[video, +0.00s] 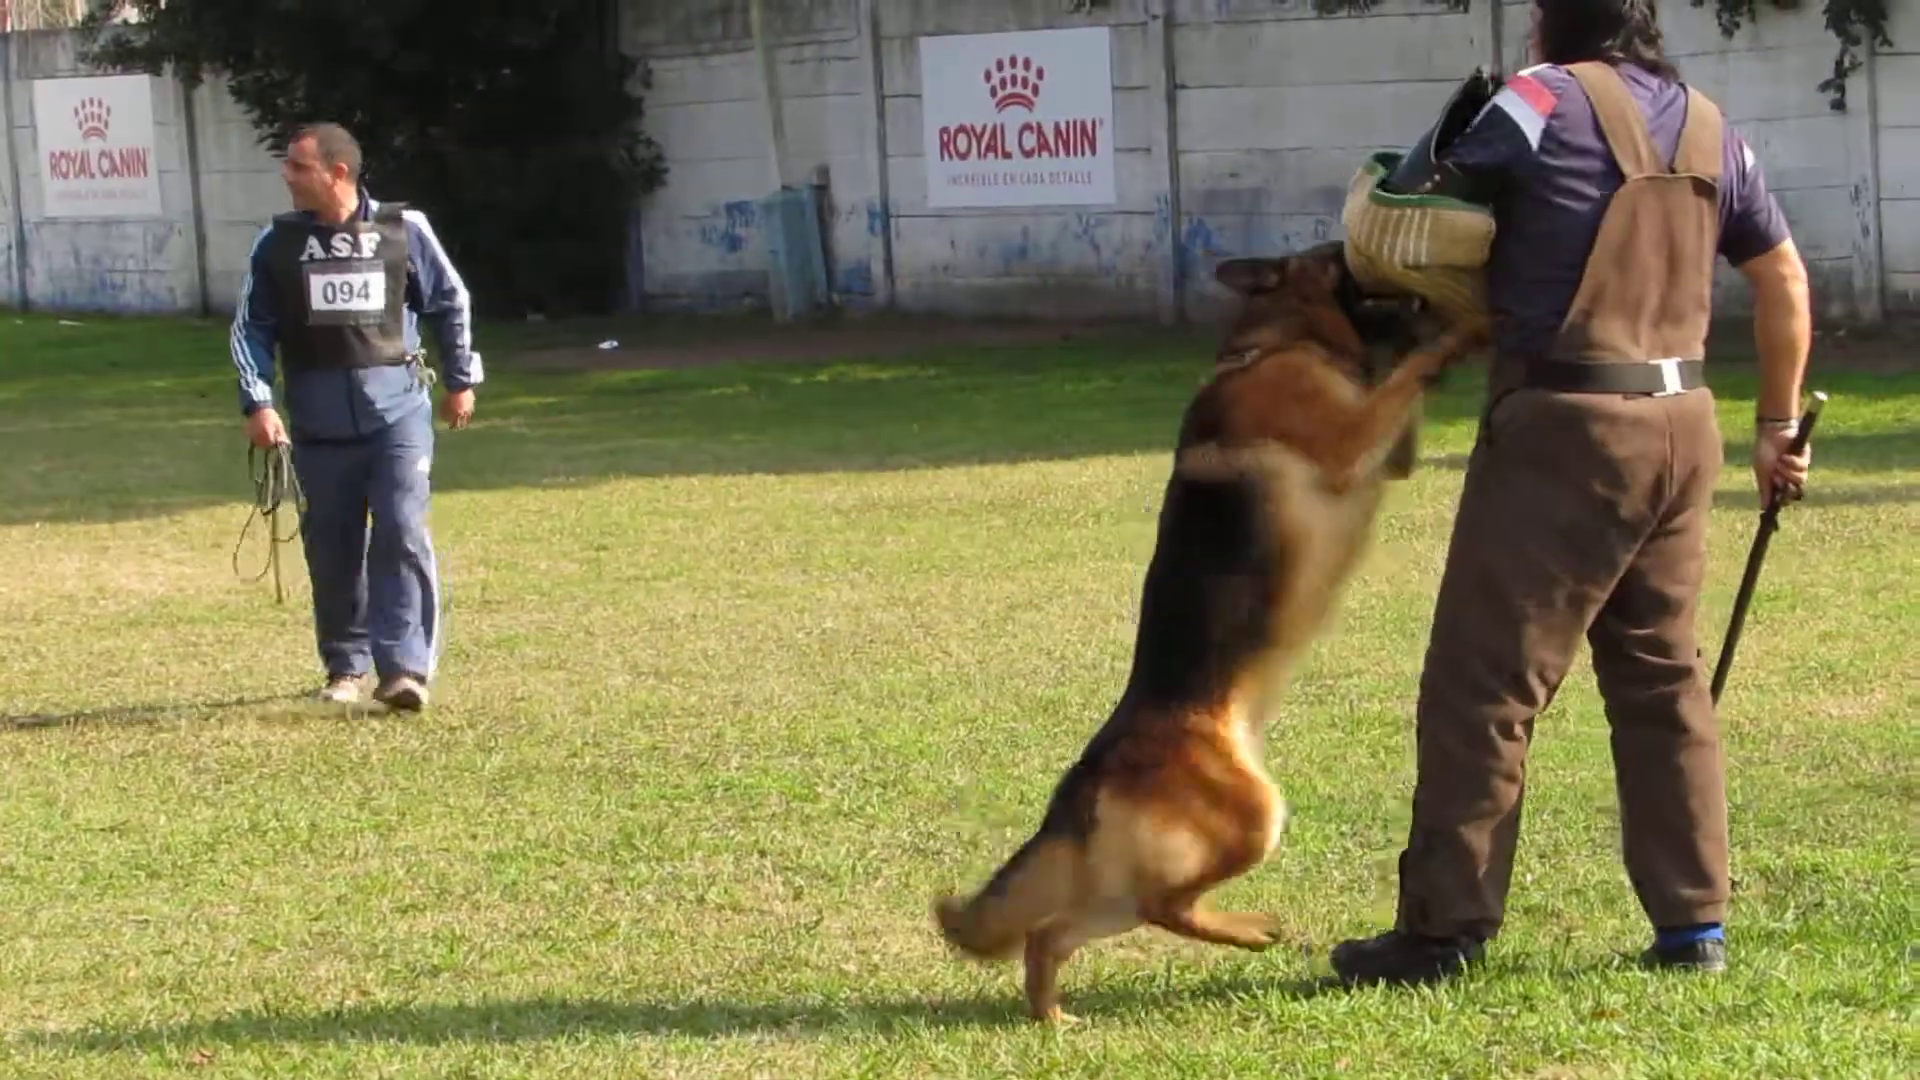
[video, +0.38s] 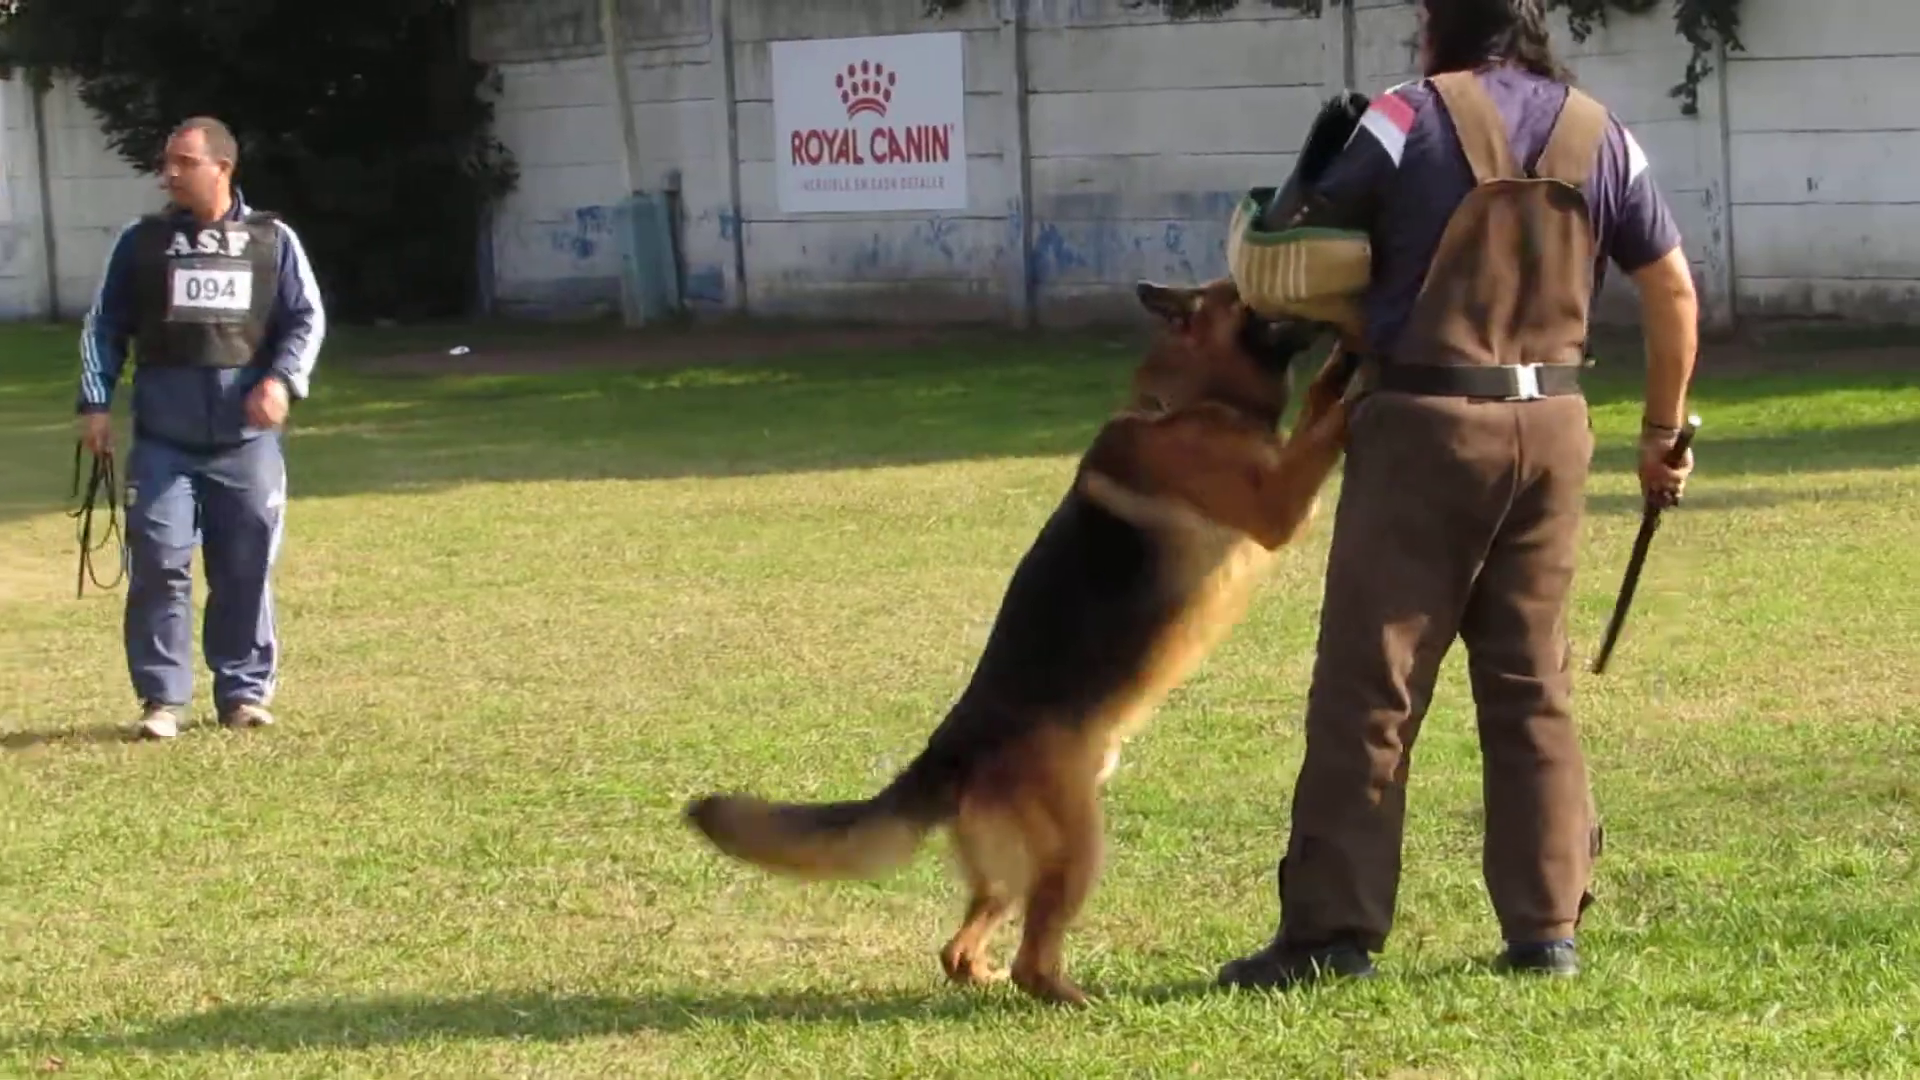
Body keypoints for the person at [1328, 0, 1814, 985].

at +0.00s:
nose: (1532, 31)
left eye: (1534, 21)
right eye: (1537, 22)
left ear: (1554, 26)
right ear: (1638, 24)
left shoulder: (1541, 93)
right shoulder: (1709, 124)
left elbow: (1436, 215)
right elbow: (1784, 277)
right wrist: (1781, 423)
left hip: (1566, 429)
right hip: (1684, 427)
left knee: (1484, 680)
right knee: (1663, 672)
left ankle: (1441, 930)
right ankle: (1693, 922)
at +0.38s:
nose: (1418, 37)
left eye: (1421, 25)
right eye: (1423, 25)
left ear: (1439, 29)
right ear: (1530, 27)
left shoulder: (1408, 115)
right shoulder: (1600, 130)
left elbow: (1305, 235)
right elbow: (1674, 292)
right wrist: (1667, 429)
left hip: (1424, 428)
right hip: (1555, 430)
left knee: (1369, 685)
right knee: (1532, 682)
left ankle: (1330, 935)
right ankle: (1546, 931)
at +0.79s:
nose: (1319, 42)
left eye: (1325, 29)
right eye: (1326, 29)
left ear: (1340, 37)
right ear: (1430, 35)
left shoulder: (1310, 131)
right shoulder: (1506, 134)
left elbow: (1212, 275)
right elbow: (1575, 287)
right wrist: (1573, 429)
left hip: (1335, 443)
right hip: (1463, 440)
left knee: (1270, 687)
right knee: (1444, 684)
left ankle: (1243, 939)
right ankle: (1462, 932)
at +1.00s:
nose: (1276, 41)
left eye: (1280, 29)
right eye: (1282, 28)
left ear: (1295, 38)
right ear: (1386, 36)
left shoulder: (1273, 129)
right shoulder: (1461, 138)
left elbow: (1176, 262)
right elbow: (1529, 296)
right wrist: (1512, 430)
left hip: (1290, 444)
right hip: (1415, 440)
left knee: (1227, 693)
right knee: (1395, 682)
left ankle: (1204, 944)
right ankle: (1424, 933)